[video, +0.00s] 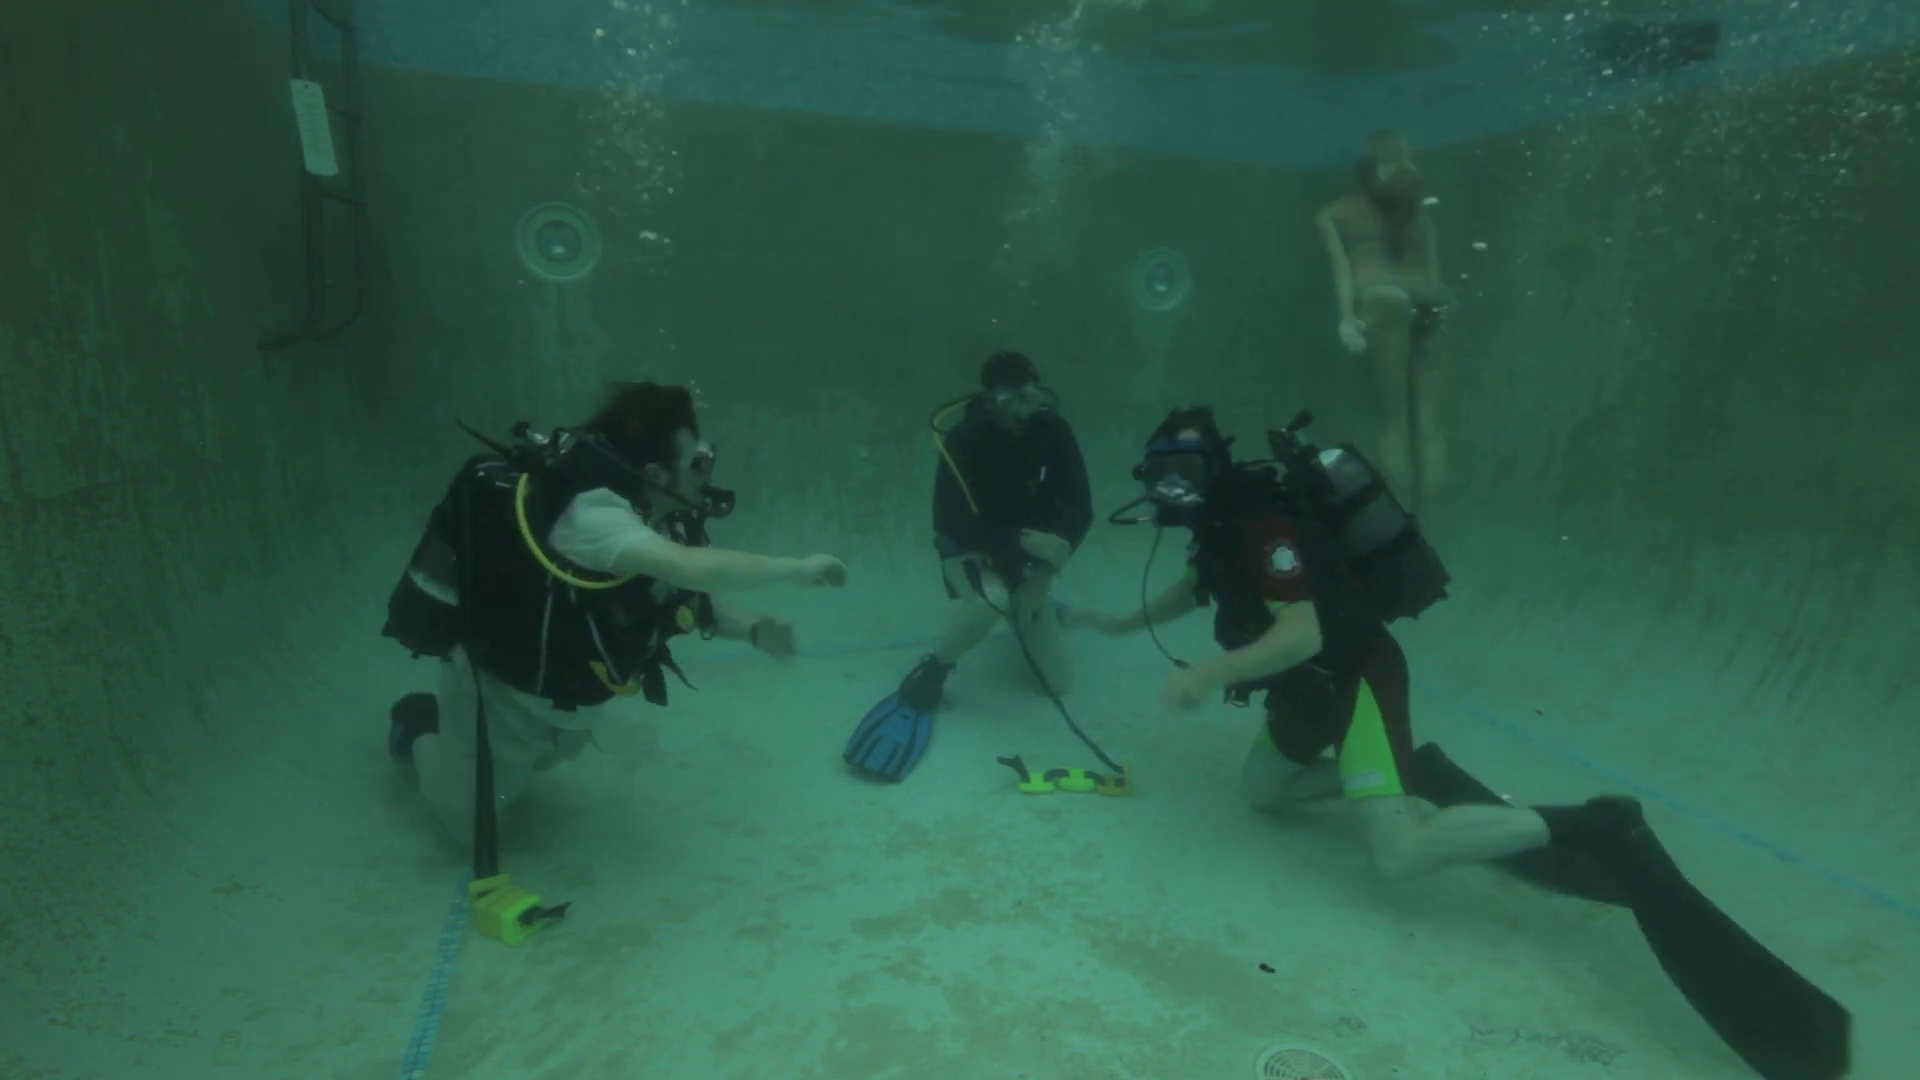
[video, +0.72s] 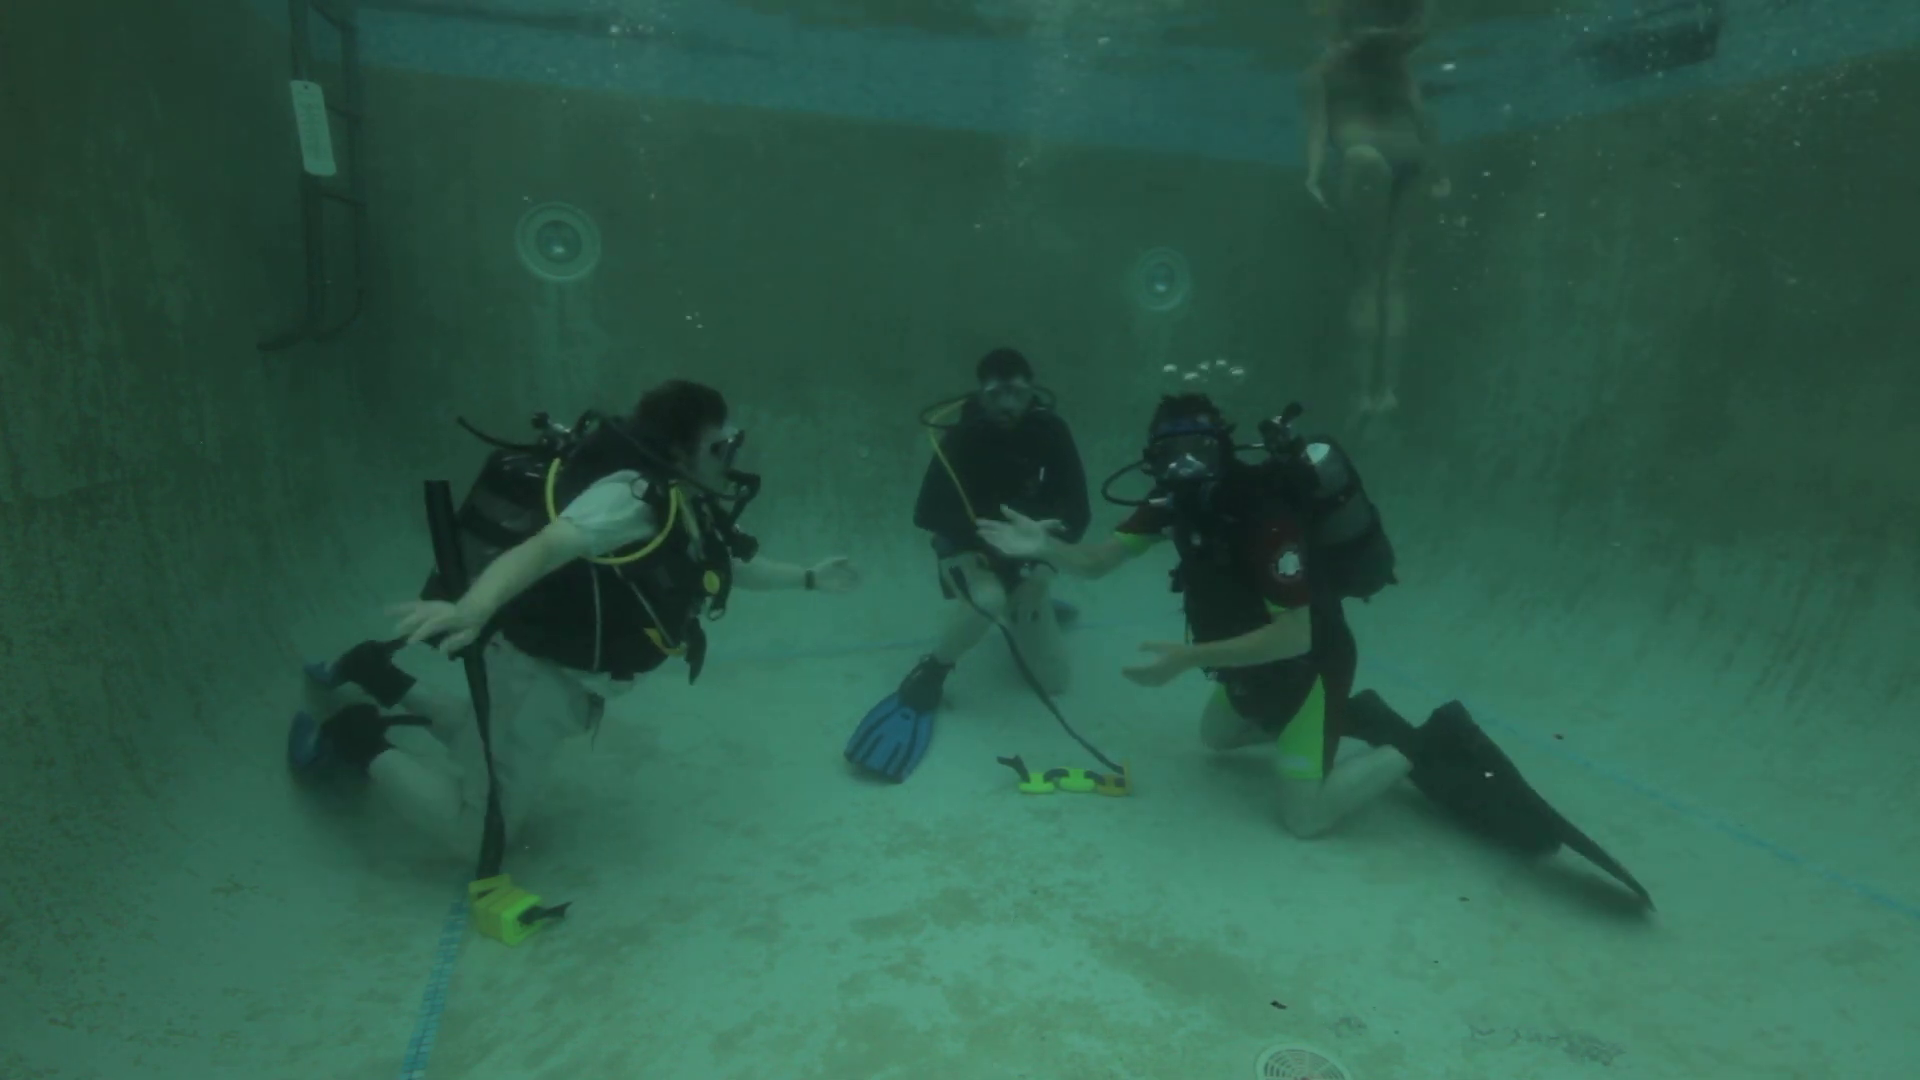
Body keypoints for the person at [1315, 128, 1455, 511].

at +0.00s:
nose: (1403, 170)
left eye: (1403, 161)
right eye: (1397, 162)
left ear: (1365, 166)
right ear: (1396, 166)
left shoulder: (1335, 213)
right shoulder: (1418, 206)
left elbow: (1341, 267)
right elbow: (1432, 260)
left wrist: (1345, 316)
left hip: (1381, 301)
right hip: (1429, 300)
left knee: (1393, 415)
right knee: (1431, 418)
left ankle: (1399, 513)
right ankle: (1432, 520)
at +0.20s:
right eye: (1396, 115)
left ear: (1362, 117)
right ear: (1401, 119)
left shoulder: (1335, 162)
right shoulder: (1412, 165)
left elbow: (1329, 225)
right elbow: (1427, 234)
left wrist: (1319, 283)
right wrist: (1442, 291)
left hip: (1366, 260)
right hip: (1415, 263)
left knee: (1402, 369)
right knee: (1434, 364)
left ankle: (1442, 480)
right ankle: (1464, 473)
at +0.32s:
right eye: (1397, 90)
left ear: (1361, 96)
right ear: (1403, 95)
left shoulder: (1341, 134)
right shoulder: (1420, 141)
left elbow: (1343, 194)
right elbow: (1430, 205)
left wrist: (1337, 252)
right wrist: (1447, 260)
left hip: (1363, 242)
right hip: (1409, 244)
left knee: (1389, 344)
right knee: (1419, 348)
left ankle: (1454, 425)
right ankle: (1477, 420)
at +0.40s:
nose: (1391, 83)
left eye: (1395, 75)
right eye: (1387, 75)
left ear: (1360, 77)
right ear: (1405, 79)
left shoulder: (1344, 119)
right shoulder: (1417, 123)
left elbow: (1348, 175)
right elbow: (1431, 184)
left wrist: (1350, 236)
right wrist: (1449, 242)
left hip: (1365, 234)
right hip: (1414, 236)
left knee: (1366, 344)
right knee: (1405, 343)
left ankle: (1445, 386)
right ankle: (1461, 387)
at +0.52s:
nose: (1395, 72)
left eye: (1396, 63)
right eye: (1393, 64)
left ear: (1358, 61)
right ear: (1399, 65)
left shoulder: (1336, 102)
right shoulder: (1411, 102)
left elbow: (1342, 159)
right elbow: (1431, 161)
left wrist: (1346, 213)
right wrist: (1449, 213)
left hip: (1365, 215)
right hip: (1410, 215)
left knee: (1345, 322)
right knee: (1396, 328)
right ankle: (1436, 398)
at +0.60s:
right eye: (1395, 54)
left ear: (1347, 55)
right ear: (1392, 54)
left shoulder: (1327, 91)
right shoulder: (1404, 88)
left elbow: (1332, 146)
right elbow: (1427, 145)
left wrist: (1335, 199)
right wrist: (1445, 197)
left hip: (1362, 191)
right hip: (1410, 190)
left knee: (1349, 305)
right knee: (1389, 307)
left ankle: (1363, 413)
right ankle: (1413, 418)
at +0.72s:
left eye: (1322, 32)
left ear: (1339, 28)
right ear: (1386, 27)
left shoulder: (1326, 68)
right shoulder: (1398, 57)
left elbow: (1318, 125)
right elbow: (1422, 116)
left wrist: (1312, 175)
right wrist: (1437, 171)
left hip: (1359, 153)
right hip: (1409, 155)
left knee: (1364, 276)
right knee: (1396, 276)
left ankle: (1363, 392)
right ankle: (1389, 391)